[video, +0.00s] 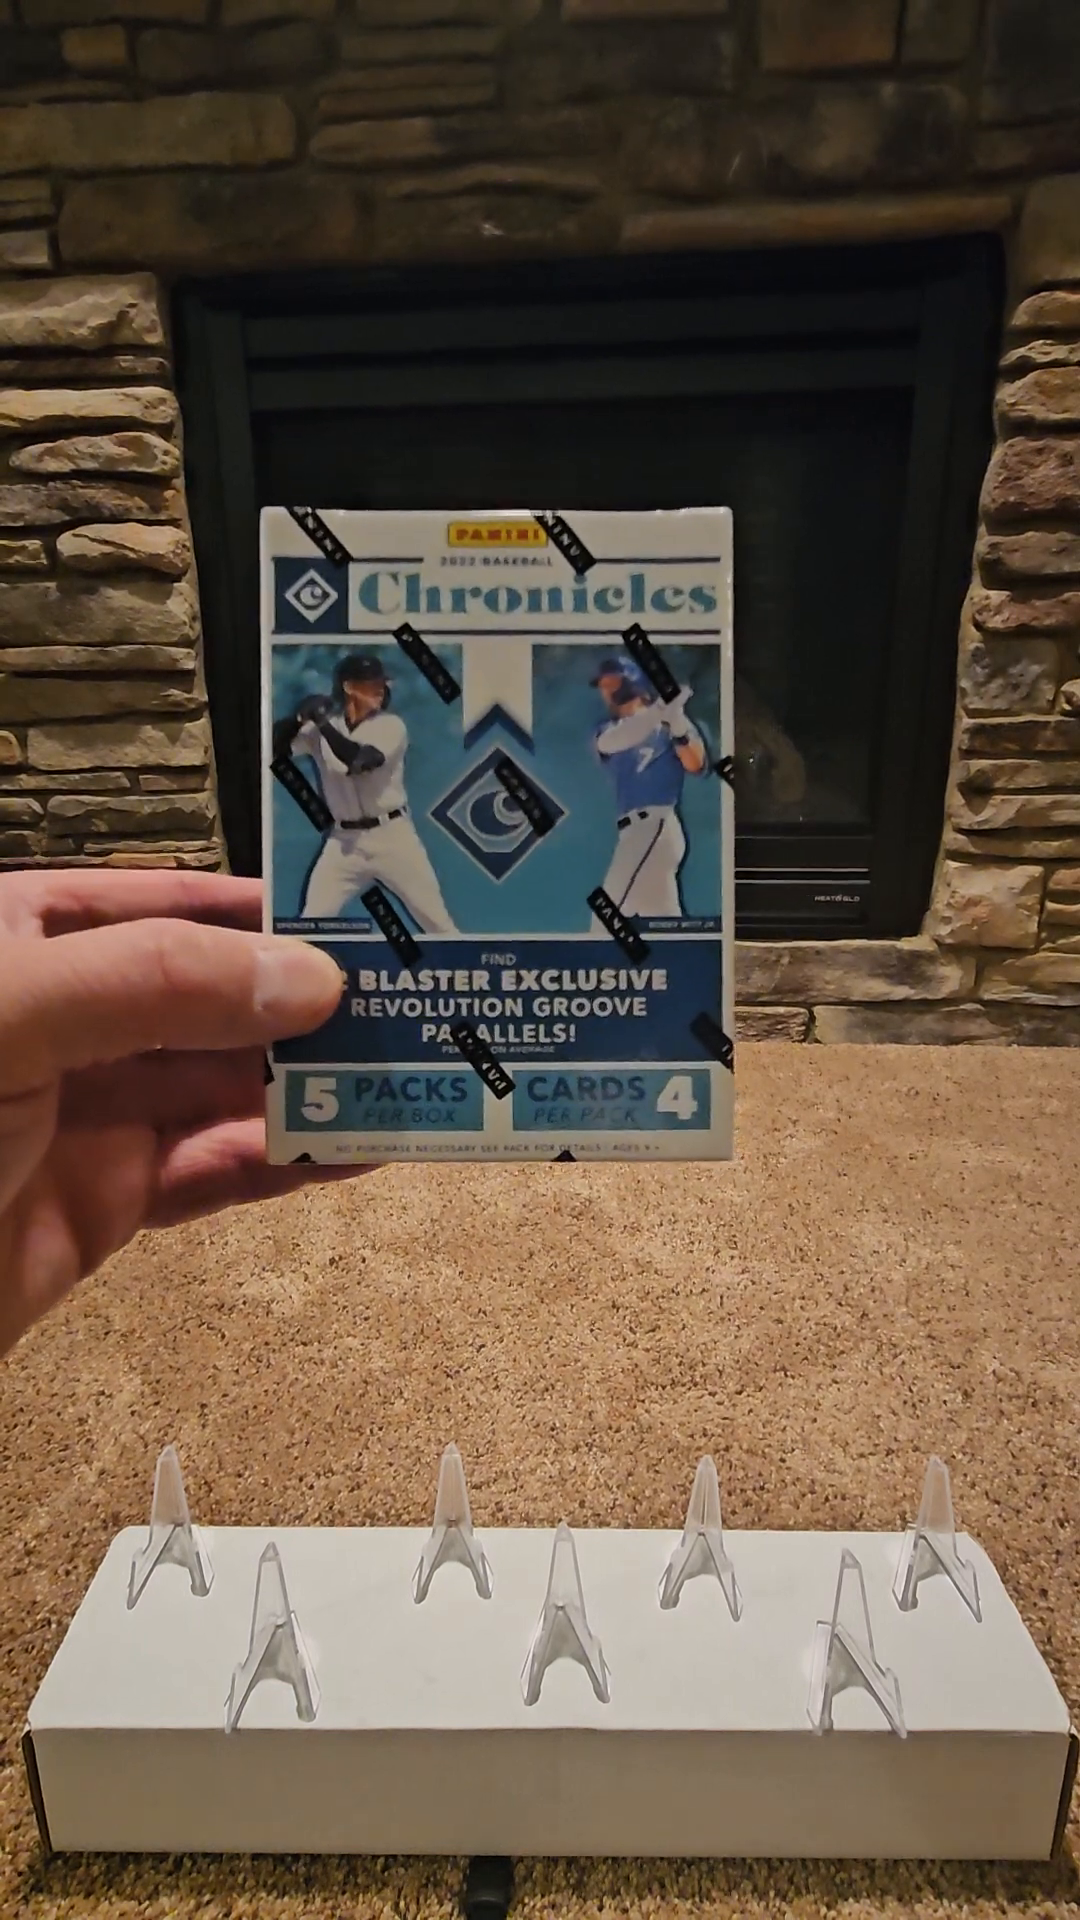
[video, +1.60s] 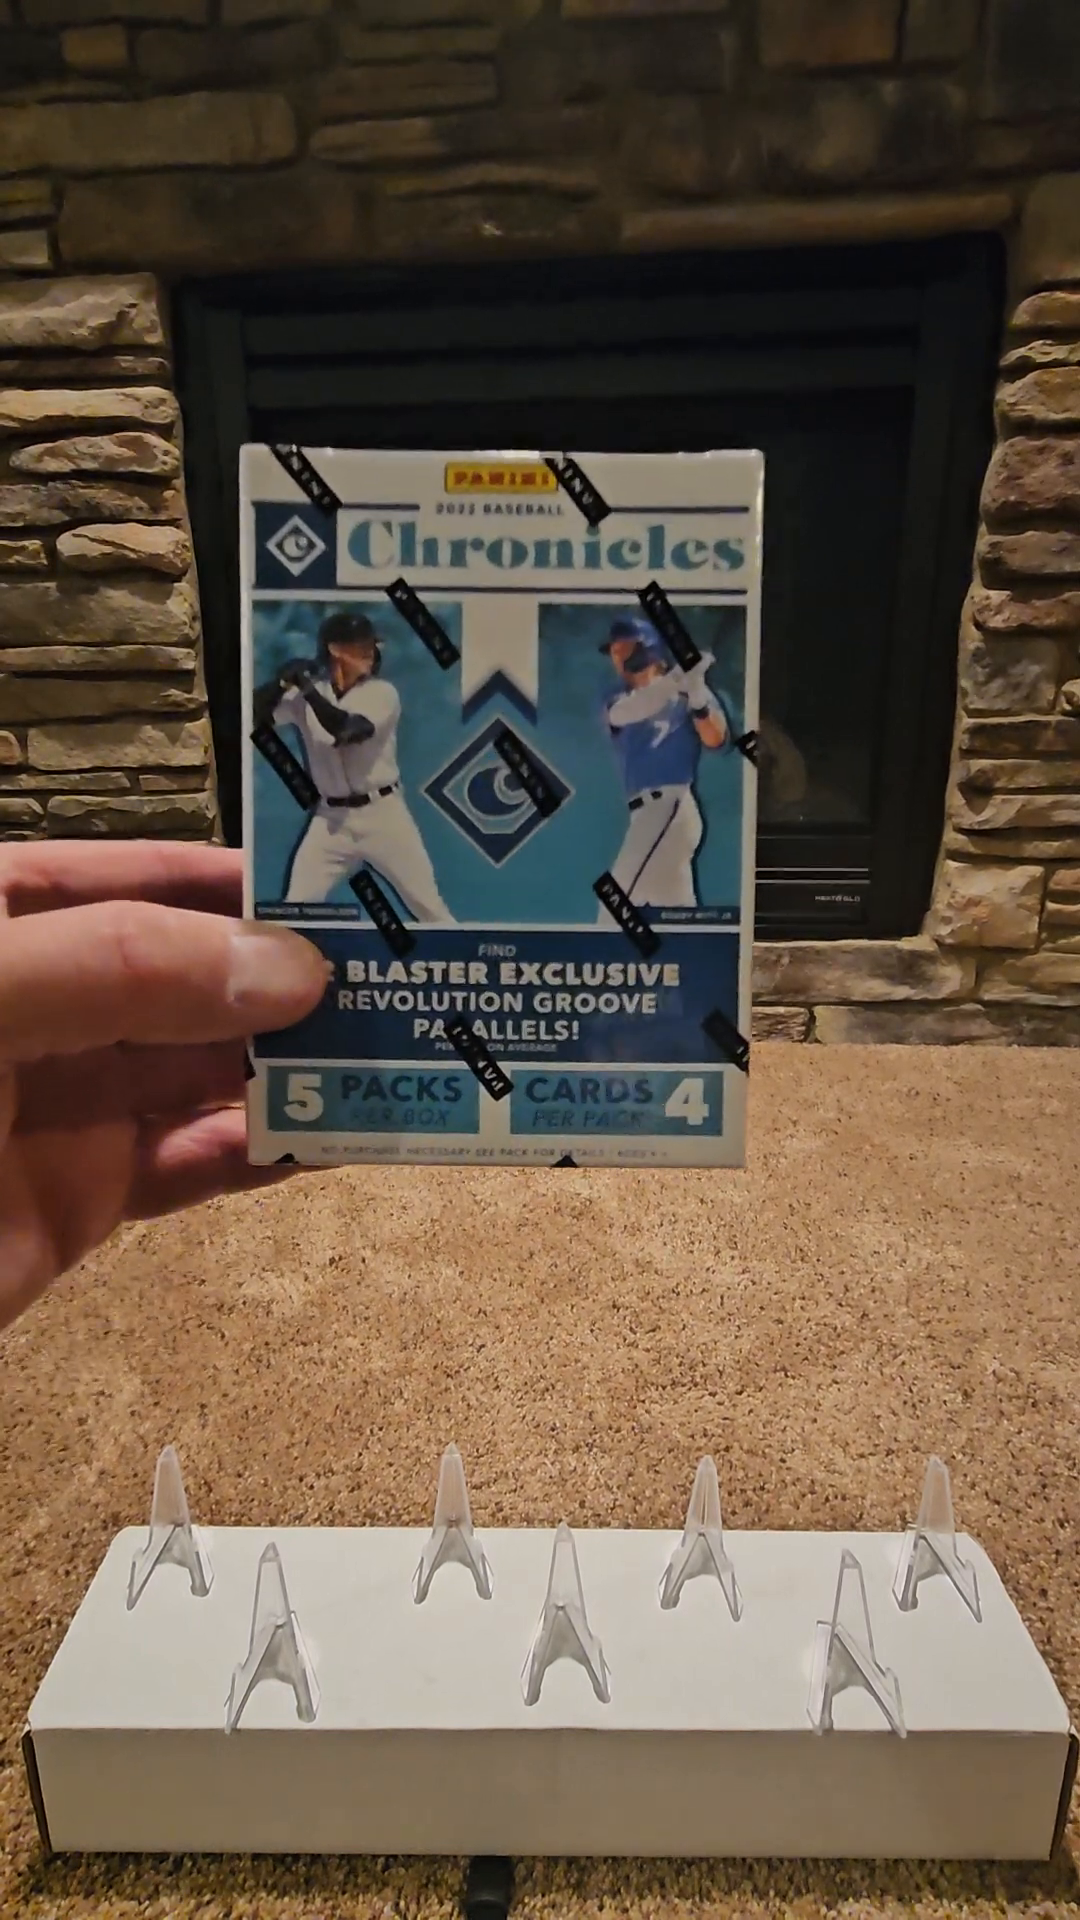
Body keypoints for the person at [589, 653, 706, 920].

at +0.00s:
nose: (607, 693)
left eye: (613, 684)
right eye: (603, 686)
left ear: (633, 686)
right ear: (600, 690)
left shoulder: (673, 721)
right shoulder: (607, 730)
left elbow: (696, 766)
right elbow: (614, 742)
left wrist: (677, 722)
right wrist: (658, 712)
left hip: (655, 829)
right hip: (633, 832)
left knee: (607, 916)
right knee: (665, 925)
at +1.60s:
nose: (619, 660)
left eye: (627, 649)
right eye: (615, 652)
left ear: (649, 650)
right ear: (610, 657)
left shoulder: (689, 690)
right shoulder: (616, 700)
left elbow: (715, 740)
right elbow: (628, 712)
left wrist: (698, 693)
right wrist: (674, 681)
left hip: (671, 809)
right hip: (645, 813)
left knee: (616, 907)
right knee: (678, 918)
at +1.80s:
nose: (600, 614)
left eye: (608, 603)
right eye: (595, 605)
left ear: (629, 602)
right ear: (589, 610)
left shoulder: (670, 643)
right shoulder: (595, 655)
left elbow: (698, 696)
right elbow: (624, 658)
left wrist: (679, 648)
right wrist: (660, 627)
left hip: (652, 768)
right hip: (625, 771)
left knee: (594, 868)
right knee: (659, 880)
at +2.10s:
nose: (622, 558)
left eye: (630, 547)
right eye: (617, 550)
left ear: (656, 549)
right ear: (613, 556)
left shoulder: (699, 592)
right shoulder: (622, 606)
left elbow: (732, 649)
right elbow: (642, 614)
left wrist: (710, 594)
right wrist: (682, 583)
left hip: (682, 727)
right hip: (653, 731)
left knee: (621, 835)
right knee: (693, 848)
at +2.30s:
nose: (644, 525)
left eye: (653, 513)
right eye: (641, 516)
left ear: (681, 514)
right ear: (638, 521)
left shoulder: (735, 562)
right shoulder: (652, 575)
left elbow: (765, 621)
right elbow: (655, 590)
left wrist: (742, 562)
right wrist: (718, 546)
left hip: (711, 704)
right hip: (682, 709)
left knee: (647, 819)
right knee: (721, 833)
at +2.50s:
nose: (679, 509)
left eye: (688, 496)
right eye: (674, 500)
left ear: (717, 497)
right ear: (670, 506)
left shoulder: (769, 547)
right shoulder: (680, 562)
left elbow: (801, 609)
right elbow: (698, 572)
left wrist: (777, 546)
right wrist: (757, 528)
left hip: (744, 697)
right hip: (713, 702)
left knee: (676, 816)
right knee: (753, 832)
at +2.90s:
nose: (683, 554)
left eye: (692, 541)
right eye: (678, 545)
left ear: (719, 544)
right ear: (675, 555)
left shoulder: (763, 590)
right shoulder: (686, 607)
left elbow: (800, 651)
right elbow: (692, 620)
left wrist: (776, 589)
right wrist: (755, 576)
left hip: (746, 733)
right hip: (714, 737)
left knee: (680, 849)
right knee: (749, 863)